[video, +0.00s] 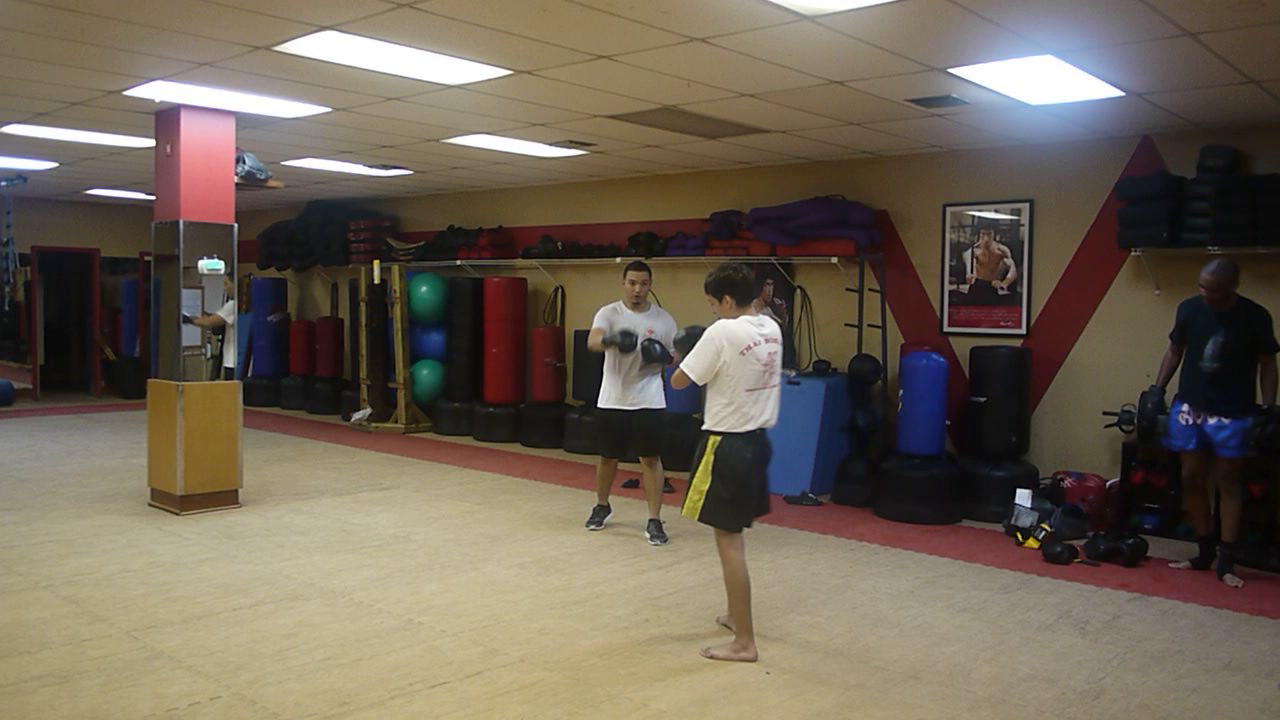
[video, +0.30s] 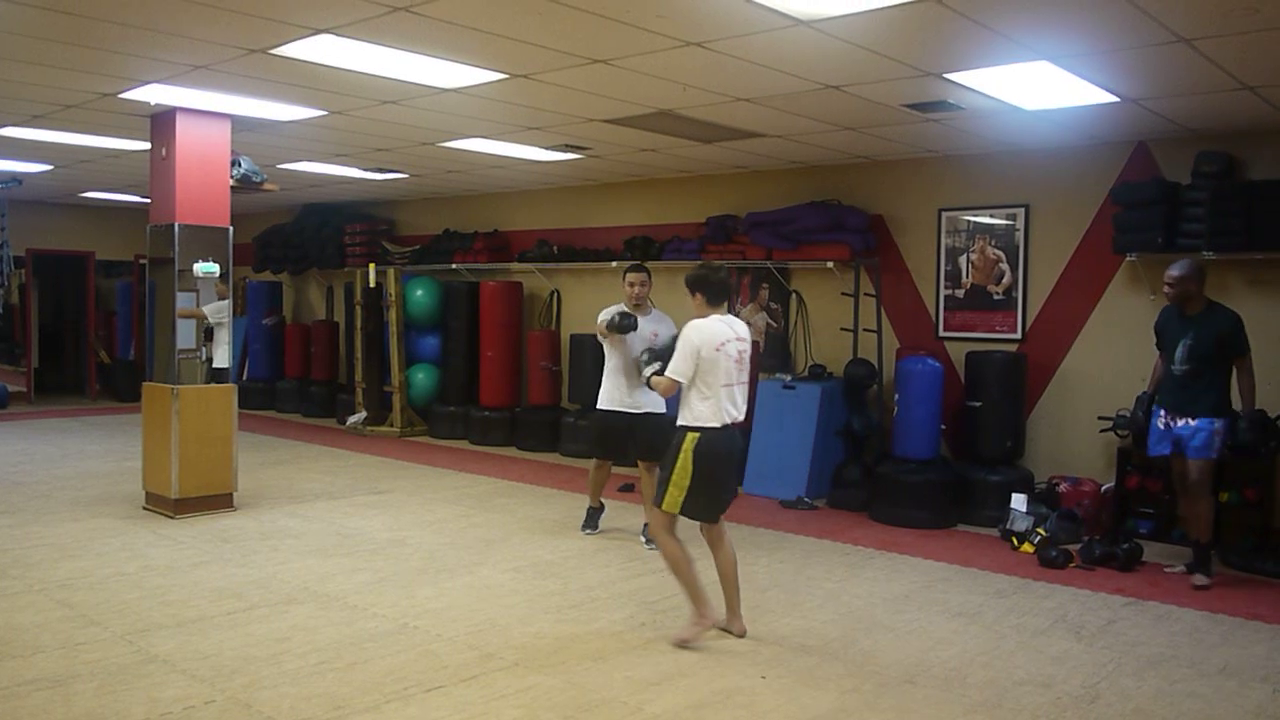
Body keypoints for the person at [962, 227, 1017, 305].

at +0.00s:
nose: (986, 239)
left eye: (989, 235)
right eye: (983, 234)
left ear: (994, 235)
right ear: (979, 235)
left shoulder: (1002, 250)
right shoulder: (974, 251)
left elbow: (1013, 270)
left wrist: (1004, 284)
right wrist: (970, 278)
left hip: (995, 287)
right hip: (978, 285)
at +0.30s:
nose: (981, 243)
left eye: (984, 239)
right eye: (978, 239)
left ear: (989, 240)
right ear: (974, 240)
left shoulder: (997, 255)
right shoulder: (970, 255)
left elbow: (1008, 274)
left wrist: (1000, 288)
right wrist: (966, 281)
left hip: (988, 290)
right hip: (973, 288)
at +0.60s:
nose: (983, 240)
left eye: (986, 236)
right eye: (980, 236)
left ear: (990, 237)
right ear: (976, 237)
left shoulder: (999, 252)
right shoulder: (971, 252)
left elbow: (1010, 272)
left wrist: (1001, 285)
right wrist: (967, 277)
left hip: (991, 288)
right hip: (975, 286)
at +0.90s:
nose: (983, 241)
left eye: (986, 236)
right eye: (980, 237)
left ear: (990, 237)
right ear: (976, 237)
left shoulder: (998, 252)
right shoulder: (971, 253)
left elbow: (1009, 272)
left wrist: (1000, 286)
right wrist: (966, 278)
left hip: (990, 287)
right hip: (974, 286)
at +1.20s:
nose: (983, 241)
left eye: (986, 237)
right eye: (980, 237)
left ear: (990, 237)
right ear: (976, 238)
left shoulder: (999, 252)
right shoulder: (971, 252)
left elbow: (1009, 272)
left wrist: (1001, 286)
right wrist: (967, 277)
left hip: (990, 288)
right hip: (974, 287)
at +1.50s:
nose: (983, 241)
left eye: (986, 237)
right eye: (980, 237)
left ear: (990, 237)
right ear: (976, 238)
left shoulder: (999, 252)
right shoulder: (971, 252)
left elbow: (1009, 272)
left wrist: (1001, 286)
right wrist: (967, 277)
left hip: (991, 288)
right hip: (975, 286)